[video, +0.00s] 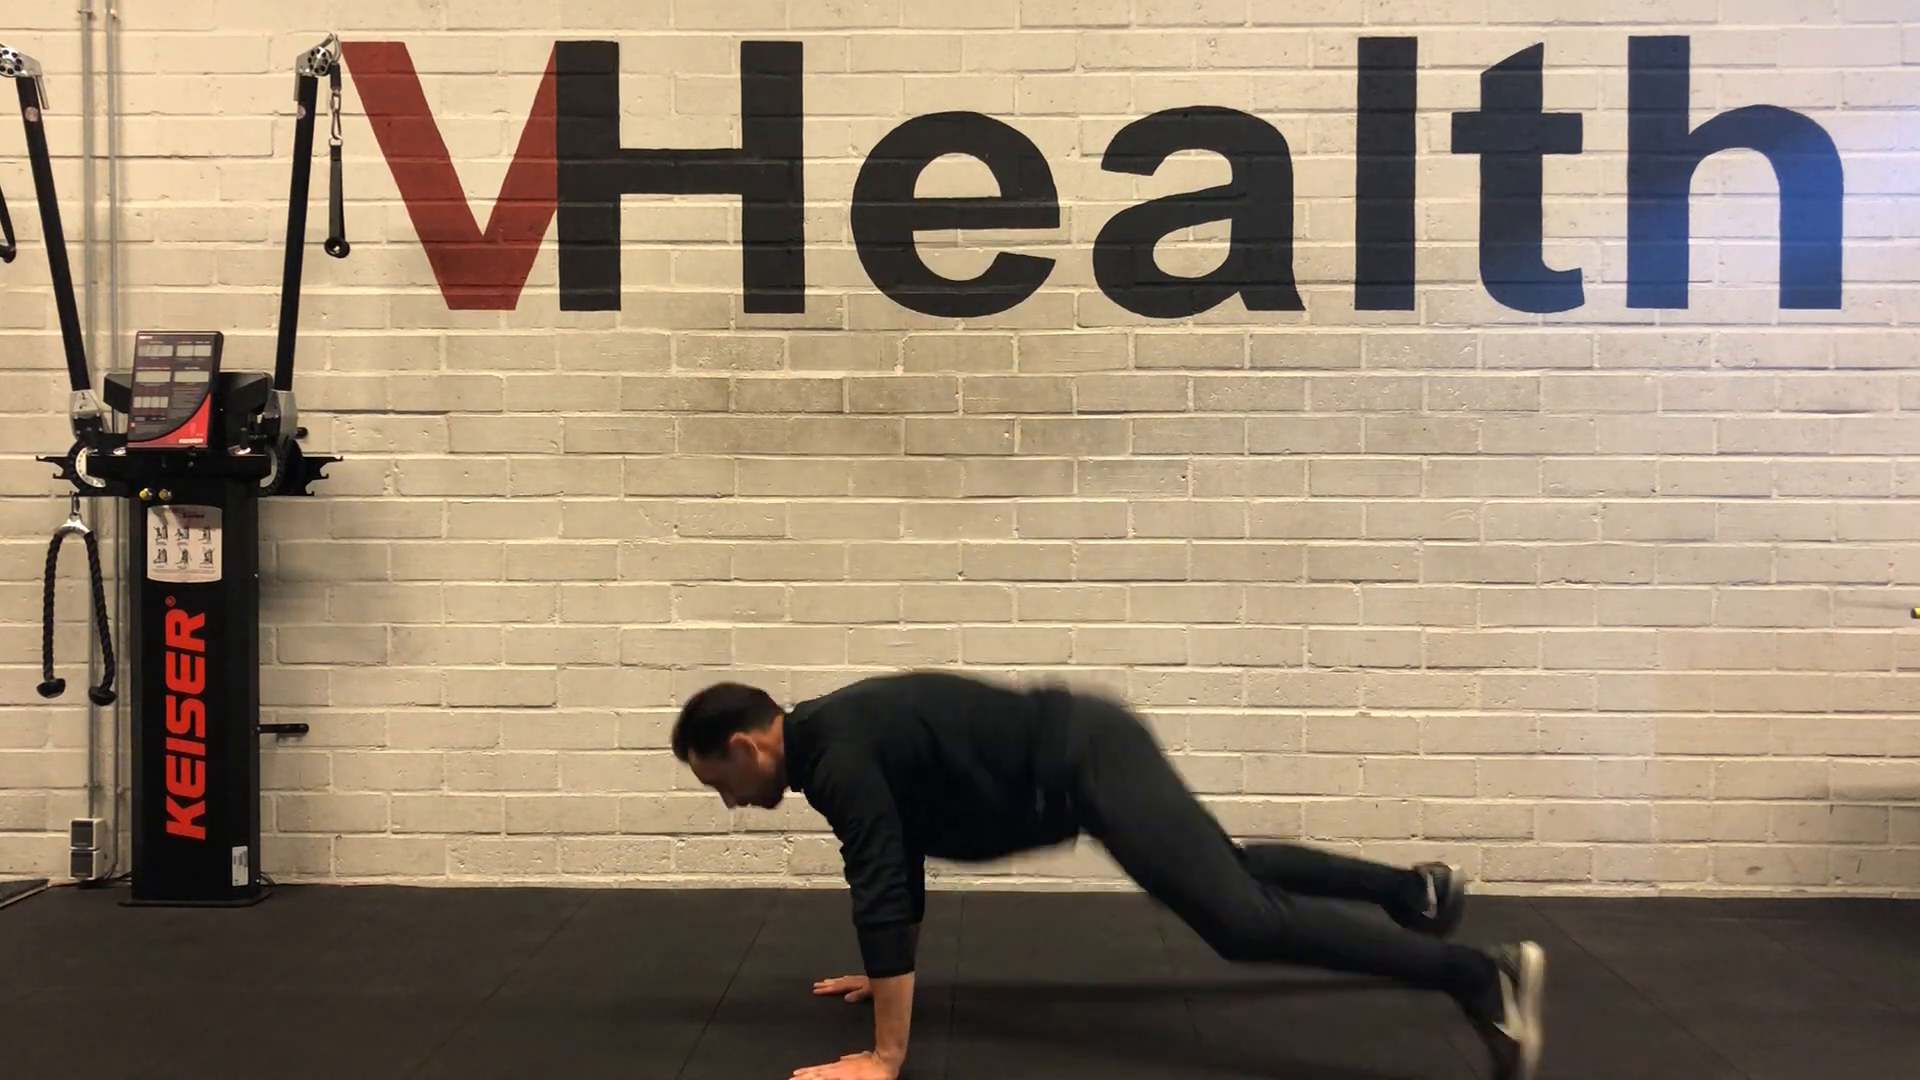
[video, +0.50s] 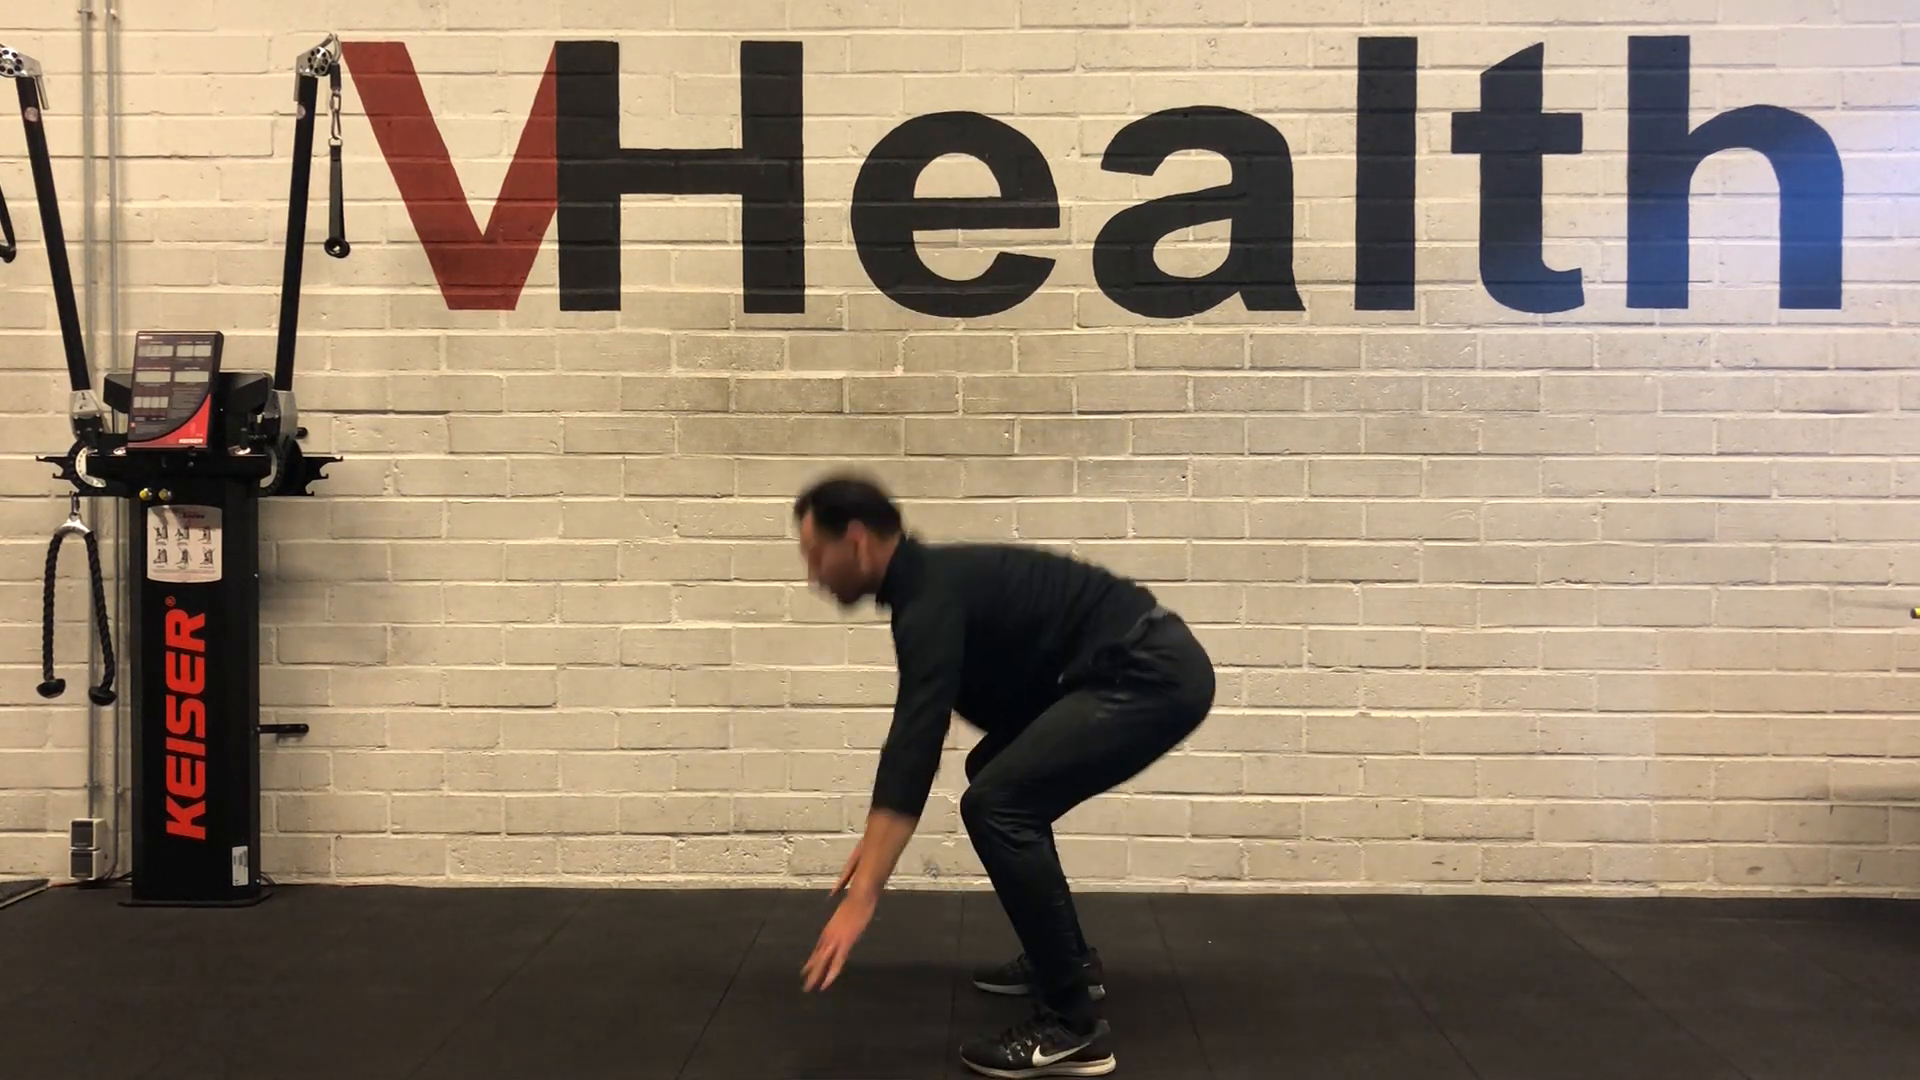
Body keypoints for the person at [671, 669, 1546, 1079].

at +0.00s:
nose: (719, 795)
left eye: (716, 778)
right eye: (711, 783)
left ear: (750, 744)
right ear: (754, 732)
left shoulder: (839, 754)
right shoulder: (827, 737)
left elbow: (888, 898)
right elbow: (888, 873)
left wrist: (886, 1052)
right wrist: (877, 974)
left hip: (1092, 756)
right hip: (1087, 756)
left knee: (1246, 924)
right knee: (1232, 875)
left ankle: (1482, 974)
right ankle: (1414, 893)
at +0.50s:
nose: (811, 568)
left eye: (813, 549)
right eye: (807, 553)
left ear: (857, 535)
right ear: (864, 535)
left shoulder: (931, 598)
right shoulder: (923, 586)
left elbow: (914, 748)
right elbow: (912, 740)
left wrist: (860, 898)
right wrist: (876, 844)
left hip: (1152, 676)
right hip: (1125, 665)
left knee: (997, 809)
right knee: (989, 773)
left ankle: (1072, 1021)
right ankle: (1063, 961)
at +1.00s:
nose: (930, 225)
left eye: (944, 209)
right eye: (933, 209)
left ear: (997, 220)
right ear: (993, 222)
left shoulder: (1021, 319)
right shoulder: (1004, 313)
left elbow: (1058, 465)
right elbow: (1040, 462)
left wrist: (1056, 602)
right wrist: (1027, 594)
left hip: (1043, 592)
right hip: (1029, 586)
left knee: (1036, 790)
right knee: (1036, 783)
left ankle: (1076, 1018)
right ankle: (1063, 958)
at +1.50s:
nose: (978, 211)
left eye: (994, 199)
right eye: (984, 197)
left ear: (1040, 217)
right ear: (1039, 218)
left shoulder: (1044, 317)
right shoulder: (1039, 308)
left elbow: (1037, 470)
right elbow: (1071, 455)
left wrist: (982, 598)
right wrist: (996, 576)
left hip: (1030, 586)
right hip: (1026, 581)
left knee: (1060, 793)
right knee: (1053, 785)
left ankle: (1077, 1016)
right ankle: (1066, 953)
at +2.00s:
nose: (987, 215)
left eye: (1003, 201)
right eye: (993, 200)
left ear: (1050, 217)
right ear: (1048, 218)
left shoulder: (1062, 320)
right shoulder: (1045, 311)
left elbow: (1052, 475)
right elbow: (1045, 469)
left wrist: (996, 596)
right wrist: (998, 589)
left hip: (1045, 587)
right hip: (1035, 583)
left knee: (1068, 793)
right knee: (1060, 785)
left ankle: (1076, 1017)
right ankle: (1066, 952)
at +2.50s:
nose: (991, 223)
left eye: (1005, 209)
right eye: (994, 207)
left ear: (1055, 218)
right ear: (1052, 218)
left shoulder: (1075, 322)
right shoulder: (1054, 313)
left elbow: (1066, 477)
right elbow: (1051, 470)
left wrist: (1011, 598)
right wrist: (1005, 589)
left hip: (1055, 586)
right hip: (1043, 582)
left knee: (1070, 794)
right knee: (1062, 785)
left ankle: (1075, 1018)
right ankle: (1068, 954)